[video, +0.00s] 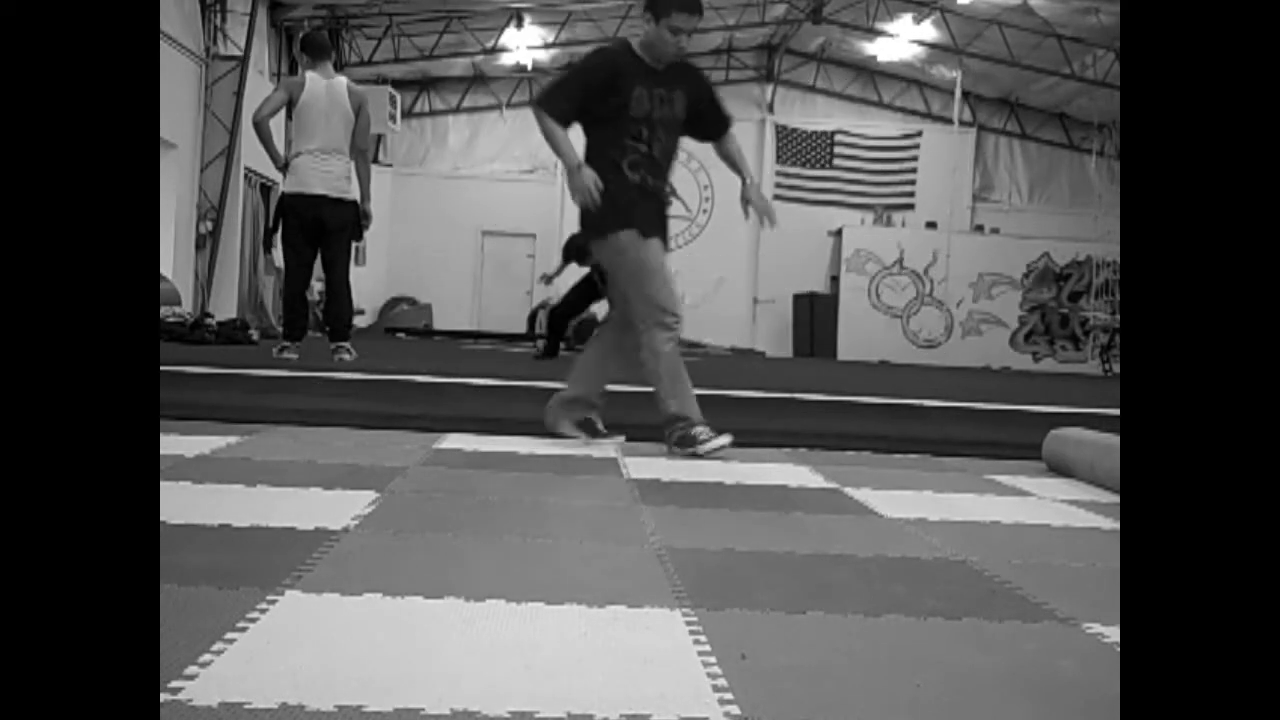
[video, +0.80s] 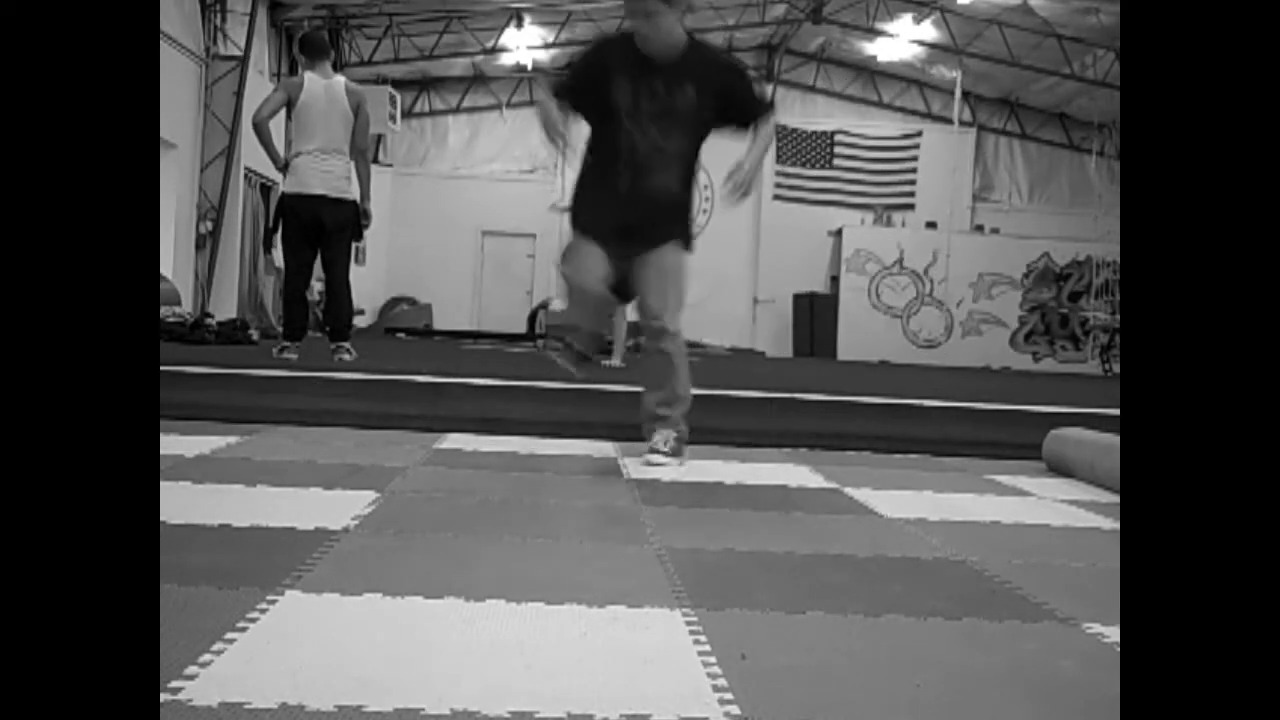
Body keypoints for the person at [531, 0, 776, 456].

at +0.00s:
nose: (682, 43)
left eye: (689, 34)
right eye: (676, 32)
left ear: (693, 32)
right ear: (649, 20)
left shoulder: (688, 79)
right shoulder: (609, 62)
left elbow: (721, 134)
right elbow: (547, 110)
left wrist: (750, 180)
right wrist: (574, 166)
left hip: (649, 211)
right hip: (611, 207)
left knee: (629, 318)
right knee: (660, 315)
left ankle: (571, 408)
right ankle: (684, 425)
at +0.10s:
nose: (692, 49)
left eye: (700, 40)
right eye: (684, 38)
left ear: (707, 35)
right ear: (658, 27)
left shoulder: (709, 80)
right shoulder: (616, 77)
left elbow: (729, 139)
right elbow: (571, 142)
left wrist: (734, 192)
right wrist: (592, 198)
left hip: (680, 214)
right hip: (630, 213)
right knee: (677, 316)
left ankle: (624, 375)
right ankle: (681, 427)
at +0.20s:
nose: (695, 58)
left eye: (703, 47)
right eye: (684, 47)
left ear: (712, 40)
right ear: (661, 40)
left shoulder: (721, 87)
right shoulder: (626, 92)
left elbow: (739, 148)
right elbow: (594, 162)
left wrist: (717, 186)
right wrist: (617, 212)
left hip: (706, 216)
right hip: (654, 221)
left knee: (744, 301)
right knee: (690, 330)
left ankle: (691, 373)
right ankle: (680, 429)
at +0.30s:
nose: (685, 52)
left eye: (694, 41)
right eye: (674, 41)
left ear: (708, 32)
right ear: (657, 32)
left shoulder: (731, 74)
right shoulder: (631, 82)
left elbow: (768, 130)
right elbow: (600, 149)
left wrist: (760, 176)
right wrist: (642, 141)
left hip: (725, 199)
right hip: (667, 205)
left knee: (752, 293)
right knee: (706, 309)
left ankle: (760, 402)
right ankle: (714, 421)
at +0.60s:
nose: (690, 59)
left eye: (701, 48)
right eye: (680, 47)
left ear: (719, 41)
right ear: (666, 39)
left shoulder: (739, 86)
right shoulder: (635, 86)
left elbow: (783, 135)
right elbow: (603, 156)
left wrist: (764, 192)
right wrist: (644, 188)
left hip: (713, 212)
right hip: (652, 219)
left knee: (706, 312)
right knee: (680, 335)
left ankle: (712, 416)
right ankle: (760, 409)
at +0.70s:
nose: (680, 51)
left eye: (691, 40)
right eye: (671, 39)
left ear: (712, 36)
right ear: (660, 32)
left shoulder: (729, 92)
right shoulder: (625, 84)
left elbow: (732, 155)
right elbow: (599, 154)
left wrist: (723, 206)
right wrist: (608, 206)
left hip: (689, 220)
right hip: (627, 218)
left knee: (677, 319)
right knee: (627, 321)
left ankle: (673, 425)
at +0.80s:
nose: (634, 26)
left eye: (644, 15)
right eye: (631, 15)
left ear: (676, 13)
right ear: (628, 15)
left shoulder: (711, 68)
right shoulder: (609, 56)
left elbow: (764, 118)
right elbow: (554, 97)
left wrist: (751, 163)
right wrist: (552, 118)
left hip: (663, 213)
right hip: (601, 207)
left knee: (662, 325)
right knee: (582, 275)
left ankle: (667, 427)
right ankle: (588, 342)